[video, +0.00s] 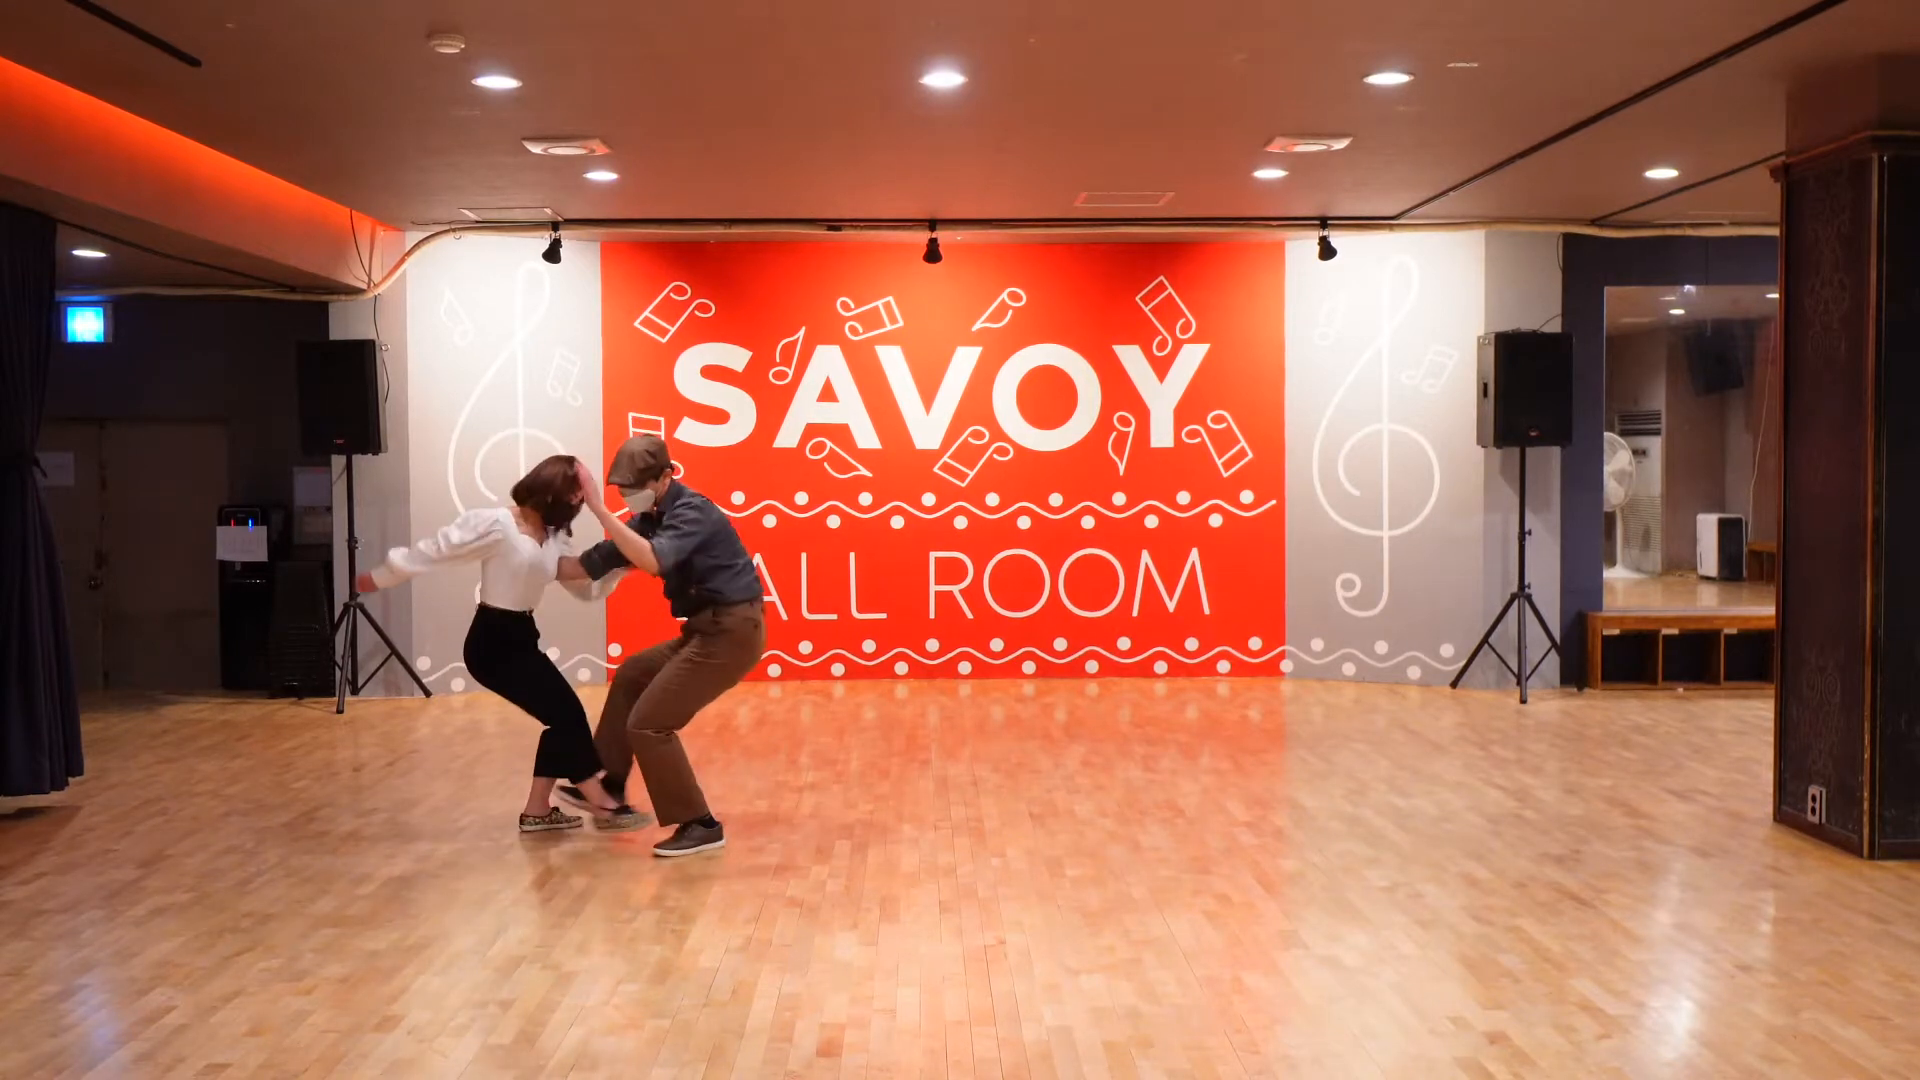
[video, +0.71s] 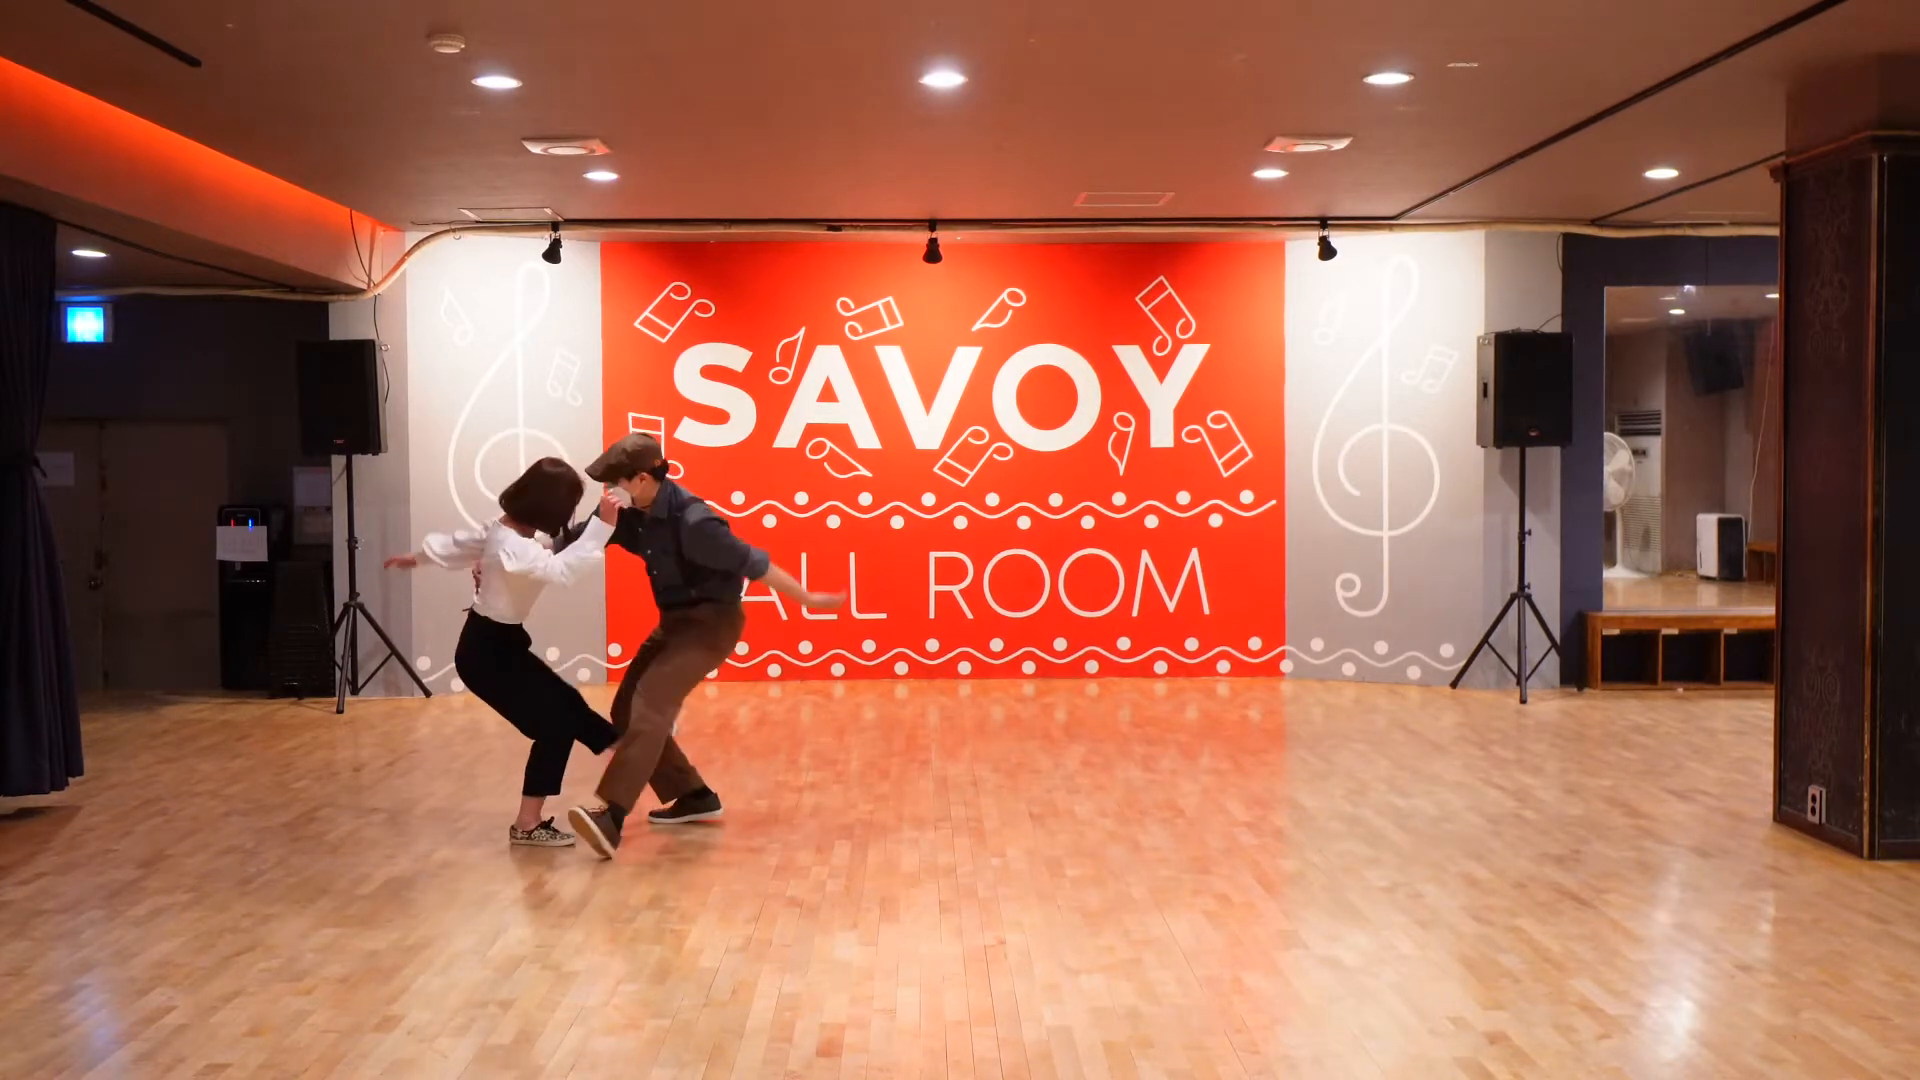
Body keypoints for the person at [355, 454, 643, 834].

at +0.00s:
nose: (576, 509)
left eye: (578, 503)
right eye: (574, 501)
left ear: (539, 488)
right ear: (559, 498)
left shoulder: (554, 541)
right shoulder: (497, 525)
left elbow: (587, 589)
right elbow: (434, 549)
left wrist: (621, 561)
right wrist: (378, 577)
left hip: (522, 642)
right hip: (491, 645)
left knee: (564, 713)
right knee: (566, 712)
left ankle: (537, 809)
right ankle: (603, 804)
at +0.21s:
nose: (583, 516)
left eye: (585, 508)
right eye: (581, 505)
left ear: (551, 496)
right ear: (561, 500)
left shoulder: (556, 541)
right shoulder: (502, 528)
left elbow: (592, 583)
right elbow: (439, 559)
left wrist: (627, 551)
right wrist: (384, 594)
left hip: (519, 641)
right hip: (488, 644)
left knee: (561, 711)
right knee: (568, 706)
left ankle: (537, 810)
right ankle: (573, 808)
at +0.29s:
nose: (579, 513)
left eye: (582, 506)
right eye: (577, 504)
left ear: (546, 497)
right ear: (554, 500)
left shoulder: (553, 543)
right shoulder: (497, 532)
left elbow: (575, 592)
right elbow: (448, 583)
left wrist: (620, 591)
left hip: (520, 643)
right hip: (490, 647)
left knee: (569, 706)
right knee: (562, 709)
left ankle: (539, 800)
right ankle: (534, 805)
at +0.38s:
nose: (583, 509)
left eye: (584, 501)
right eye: (579, 500)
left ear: (547, 498)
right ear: (554, 499)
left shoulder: (548, 542)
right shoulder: (497, 539)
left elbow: (561, 607)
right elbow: (474, 612)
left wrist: (590, 645)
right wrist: (488, 669)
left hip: (525, 640)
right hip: (495, 643)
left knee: (574, 715)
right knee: (554, 721)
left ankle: (540, 810)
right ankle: (527, 822)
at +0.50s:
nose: (579, 508)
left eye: (580, 500)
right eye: (576, 500)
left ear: (543, 499)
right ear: (555, 503)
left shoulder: (538, 541)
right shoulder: (507, 544)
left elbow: (561, 573)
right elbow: (513, 612)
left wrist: (609, 547)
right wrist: (574, 615)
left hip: (513, 647)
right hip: (490, 654)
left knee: (583, 704)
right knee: (559, 717)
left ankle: (547, 802)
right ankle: (527, 822)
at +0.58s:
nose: (571, 513)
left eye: (573, 504)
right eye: (569, 504)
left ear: (529, 492)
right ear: (551, 506)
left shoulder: (521, 535)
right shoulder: (509, 544)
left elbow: (477, 574)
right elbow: (525, 592)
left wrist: (444, 608)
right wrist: (590, 568)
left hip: (512, 645)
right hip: (488, 656)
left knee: (585, 688)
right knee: (559, 720)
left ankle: (572, 782)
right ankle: (528, 823)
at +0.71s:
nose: (566, 519)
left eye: (570, 510)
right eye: (566, 511)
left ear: (520, 490)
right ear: (555, 514)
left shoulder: (496, 531)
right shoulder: (516, 549)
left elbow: (459, 545)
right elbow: (562, 570)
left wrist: (417, 557)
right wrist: (602, 526)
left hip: (497, 646)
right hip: (488, 656)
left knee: (568, 703)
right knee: (555, 723)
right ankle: (527, 823)